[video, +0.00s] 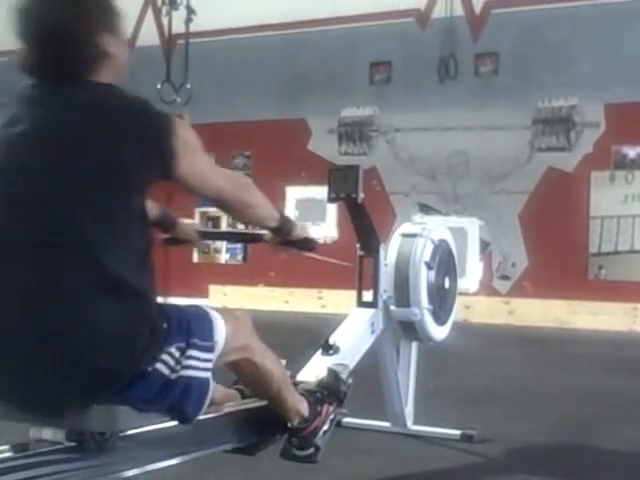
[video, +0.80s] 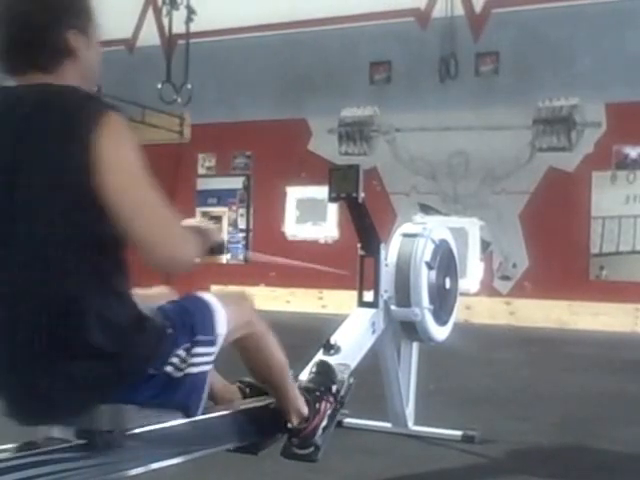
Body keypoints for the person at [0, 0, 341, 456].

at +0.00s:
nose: (127, 46)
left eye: (122, 34)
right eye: (121, 35)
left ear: (37, 50)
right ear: (104, 44)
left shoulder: (15, 123)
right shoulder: (135, 121)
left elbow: (82, 189)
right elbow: (230, 190)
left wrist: (168, 222)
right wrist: (283, 226)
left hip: (15, 357)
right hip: (102, 350)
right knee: (238, 332)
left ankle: (252, 419)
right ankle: (302, 416)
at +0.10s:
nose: (88, 36)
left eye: (83, 22)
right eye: (80, 21)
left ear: (8, 44)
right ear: (62, 29)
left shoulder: (5, 113)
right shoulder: (106, 114)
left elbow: (42, 210)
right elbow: (208, 194)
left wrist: (138, 226)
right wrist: (261, 224)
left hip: (9, 354)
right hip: (97, 346)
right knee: (235, 342)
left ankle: (261, 410)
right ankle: (304, 416)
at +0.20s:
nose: (52, 38)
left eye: (47, 23)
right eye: (45, 22)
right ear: (23, 25)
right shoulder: (69, 114)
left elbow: (19, 222)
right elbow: (179, 202)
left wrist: (104, 229)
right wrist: (232, 224)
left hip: (3, 350)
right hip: (82, 349)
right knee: (228, 354)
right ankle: (304, 416)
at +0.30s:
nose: (24, 49)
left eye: (21, 36)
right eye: (19, 37)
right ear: (6, 38)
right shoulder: (30, 118)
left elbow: (9, 231)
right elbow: (148, 223)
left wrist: (69, 233)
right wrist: (202, 230)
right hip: (69, 350)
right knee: (225, 372)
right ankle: (305, 413)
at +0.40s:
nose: (18, 49)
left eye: (16, 36)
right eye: (15, 36)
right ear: (5, 40)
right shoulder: (14, 125)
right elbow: (108, 261)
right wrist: (163, 238)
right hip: (45, 346)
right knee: (222, 369)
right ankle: (304, 413)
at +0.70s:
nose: (73, 45)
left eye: (70, 32)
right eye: (69, 32)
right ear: (45, 38)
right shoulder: (50, 113)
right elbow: (107, 259)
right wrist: (158, 238)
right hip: (45, 355)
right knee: (230, 330)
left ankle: (227, 400)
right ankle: (299, 414)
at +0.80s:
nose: (99, 52)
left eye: (98, 41)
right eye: (95, 40)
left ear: (13, 49)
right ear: (71, 42)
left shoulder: (4, 112)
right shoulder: (90, 120)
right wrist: (202, 235)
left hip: (14, 368)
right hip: (89, 364)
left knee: (161, 303)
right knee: (242, 311)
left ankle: (239, 407)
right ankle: (300, 414)